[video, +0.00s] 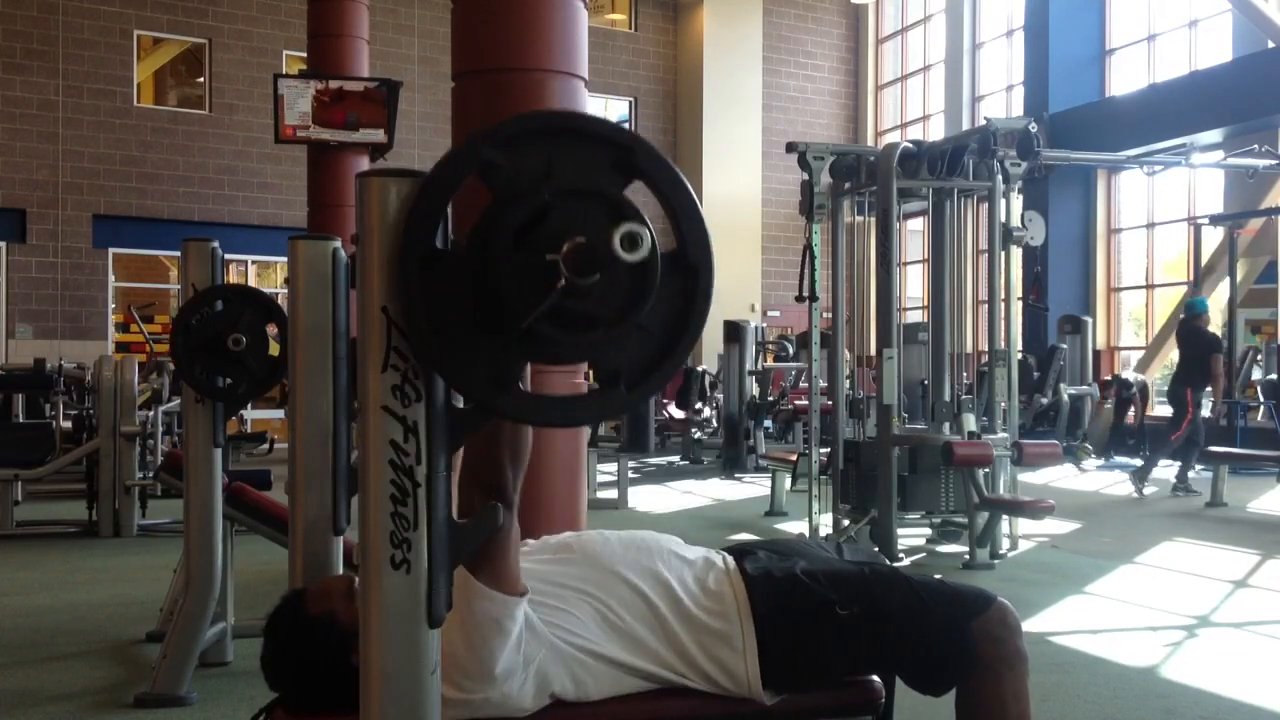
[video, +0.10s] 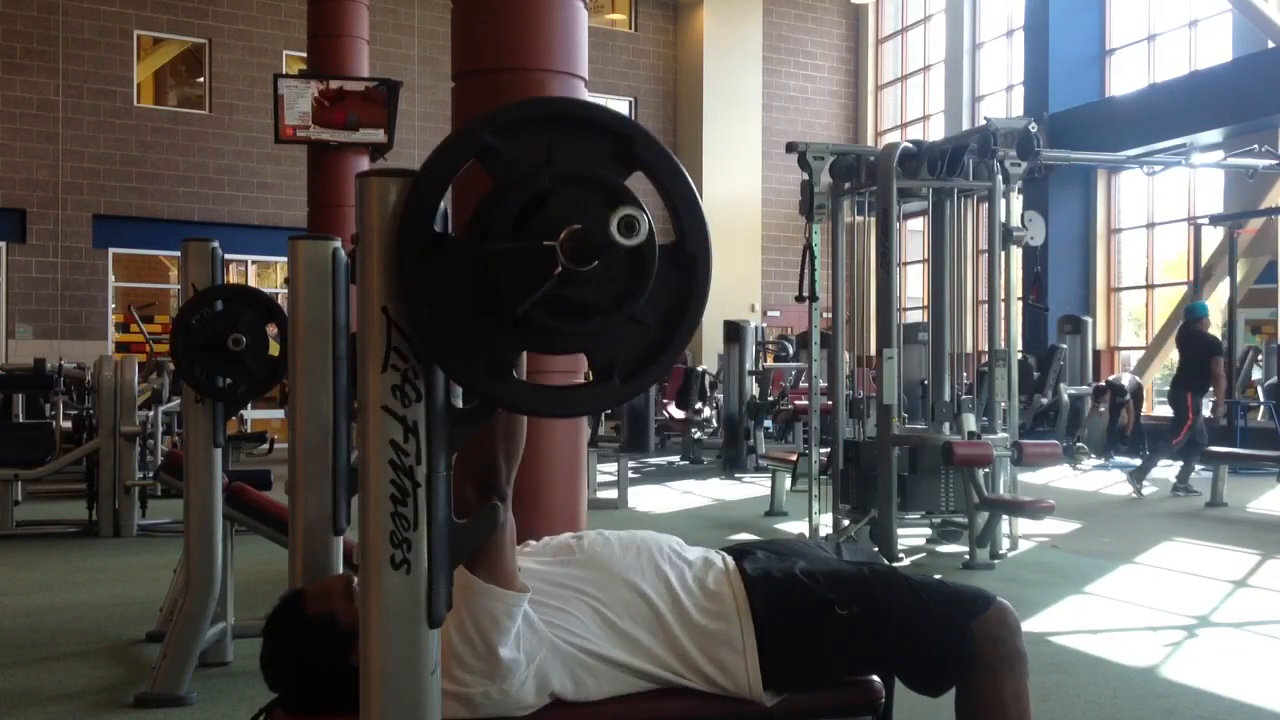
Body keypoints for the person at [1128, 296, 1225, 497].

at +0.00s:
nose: (1209, 317)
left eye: (1208, 314)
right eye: (1207, 314)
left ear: (1188, 316)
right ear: (1204, 316)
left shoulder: (1182, 331)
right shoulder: (1213, 340)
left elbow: (1184, 316)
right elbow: (1217, 373)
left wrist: (1190, 297)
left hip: (1177, 388)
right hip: (1190, 391)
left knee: (1196, 438)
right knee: (1176, 435)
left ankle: (1182, 481)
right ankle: (1142, 473)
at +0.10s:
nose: (1209, 321)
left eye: (1208, 318)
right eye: (1207, 318)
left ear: (1189, 319)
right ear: (1204, 320)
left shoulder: (1183, 335)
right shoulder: (1212, 342)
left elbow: (1188, 317)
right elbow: (1218, 375)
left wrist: (1198, 285)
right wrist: (1218, 403)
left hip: (1178, 392)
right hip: (1190, 395)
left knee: (1199, 439)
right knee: (1178, 439)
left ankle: (1182, 482)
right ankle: (1139, 473)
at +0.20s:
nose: (1206, 308)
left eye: (1205, 305)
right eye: (1205, 305)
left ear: (1186, 308)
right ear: (1201, 306)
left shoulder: (1179, 326)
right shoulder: (1211, 328)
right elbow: (1231, 353)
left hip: (1178, 380)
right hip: (1192, 382)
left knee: (1190, 432)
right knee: (1184, 428)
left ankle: (1181, 479)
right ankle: (1149, 468)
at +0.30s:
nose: (1207, 297)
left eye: (1206, 294)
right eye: (1206, 293)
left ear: (1187, 296)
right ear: (1202, 295)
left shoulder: (1181, 315)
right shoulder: (1207, 313)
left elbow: (1183, 340)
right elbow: (1242, 323)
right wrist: (1267, 329)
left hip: (1177, 369)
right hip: (1193, 371)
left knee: (1179, 419)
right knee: (1186, 420)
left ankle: (1173, 470)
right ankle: (1172, 471)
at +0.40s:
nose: (1209, 299)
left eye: (1207, 296)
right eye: (1207, 296)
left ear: (1189, 299)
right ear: (1204, 297)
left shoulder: (1185, 319)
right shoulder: (1209, 313)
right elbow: (1238, 304)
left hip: (1178, 373)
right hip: (1192, 374)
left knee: (1179, 422)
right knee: (1192, 424)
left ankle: (1152, 466)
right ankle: (1191, 475)